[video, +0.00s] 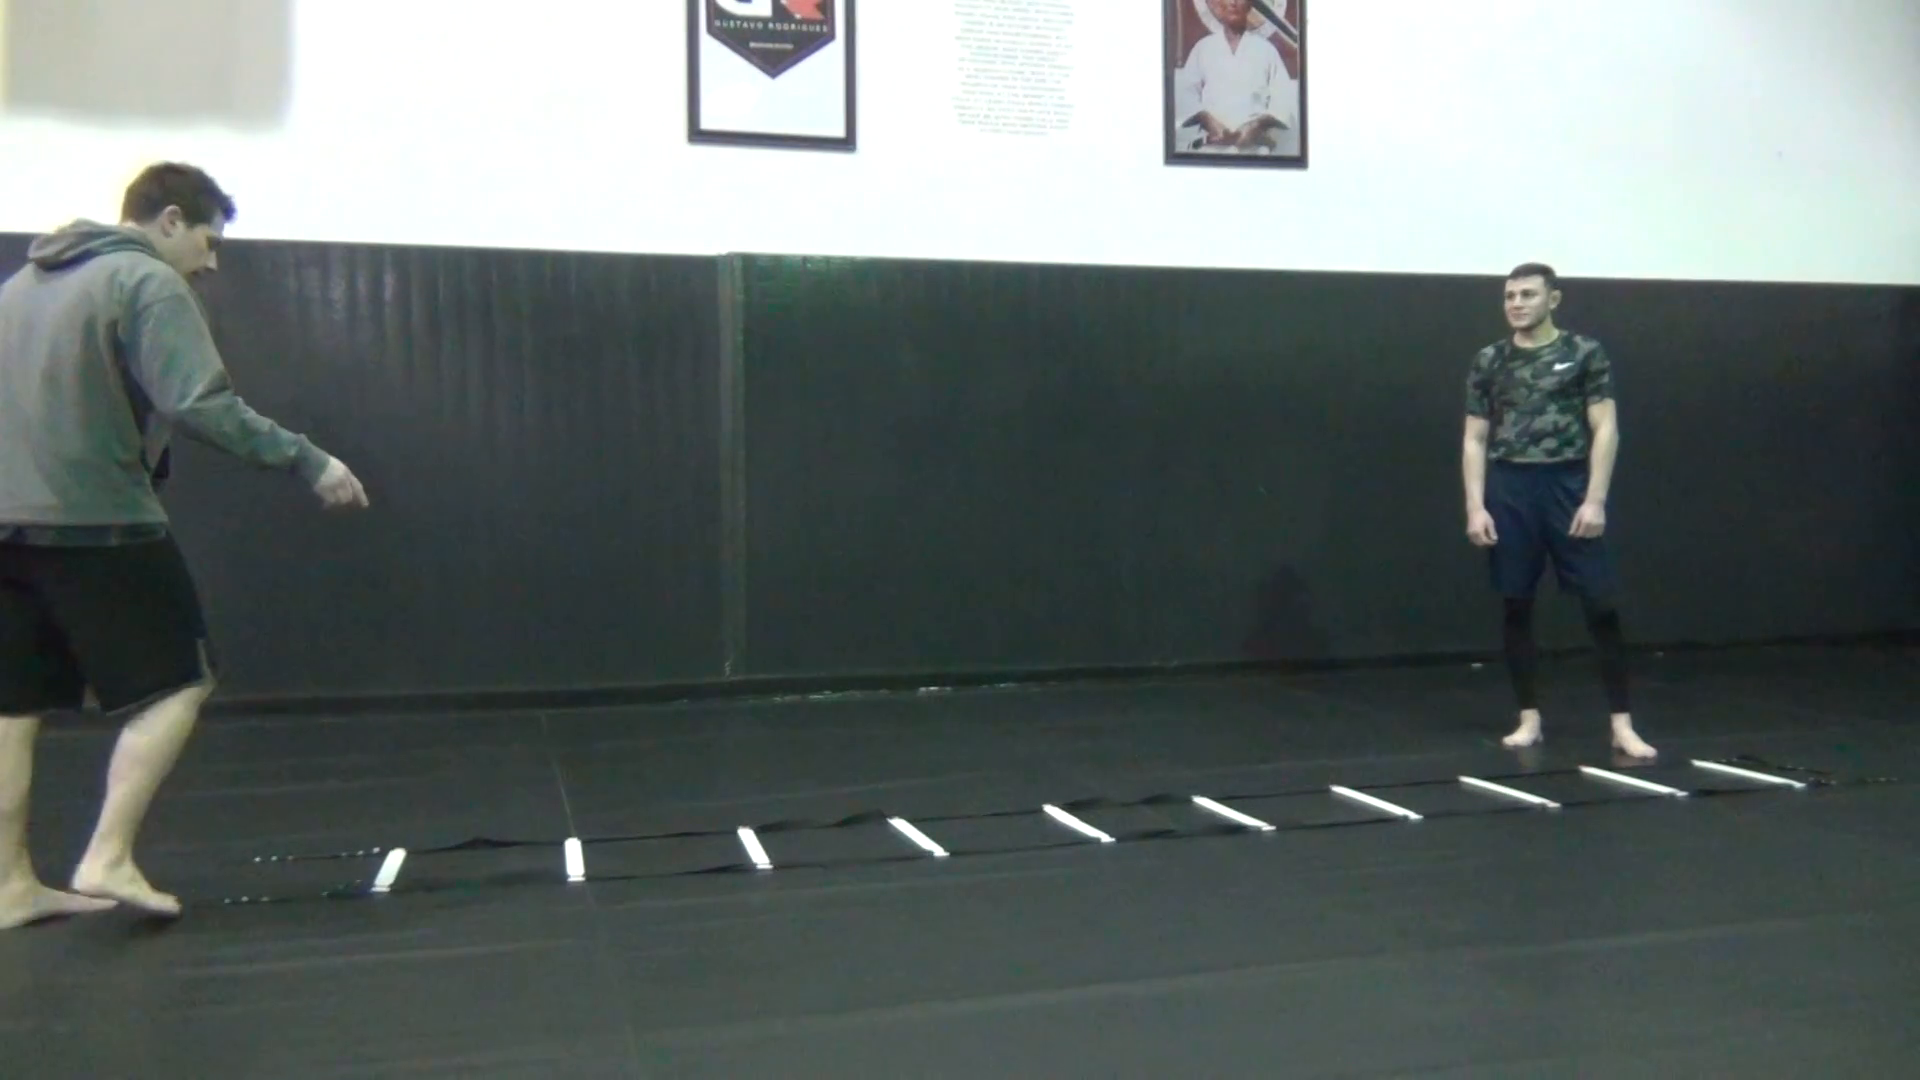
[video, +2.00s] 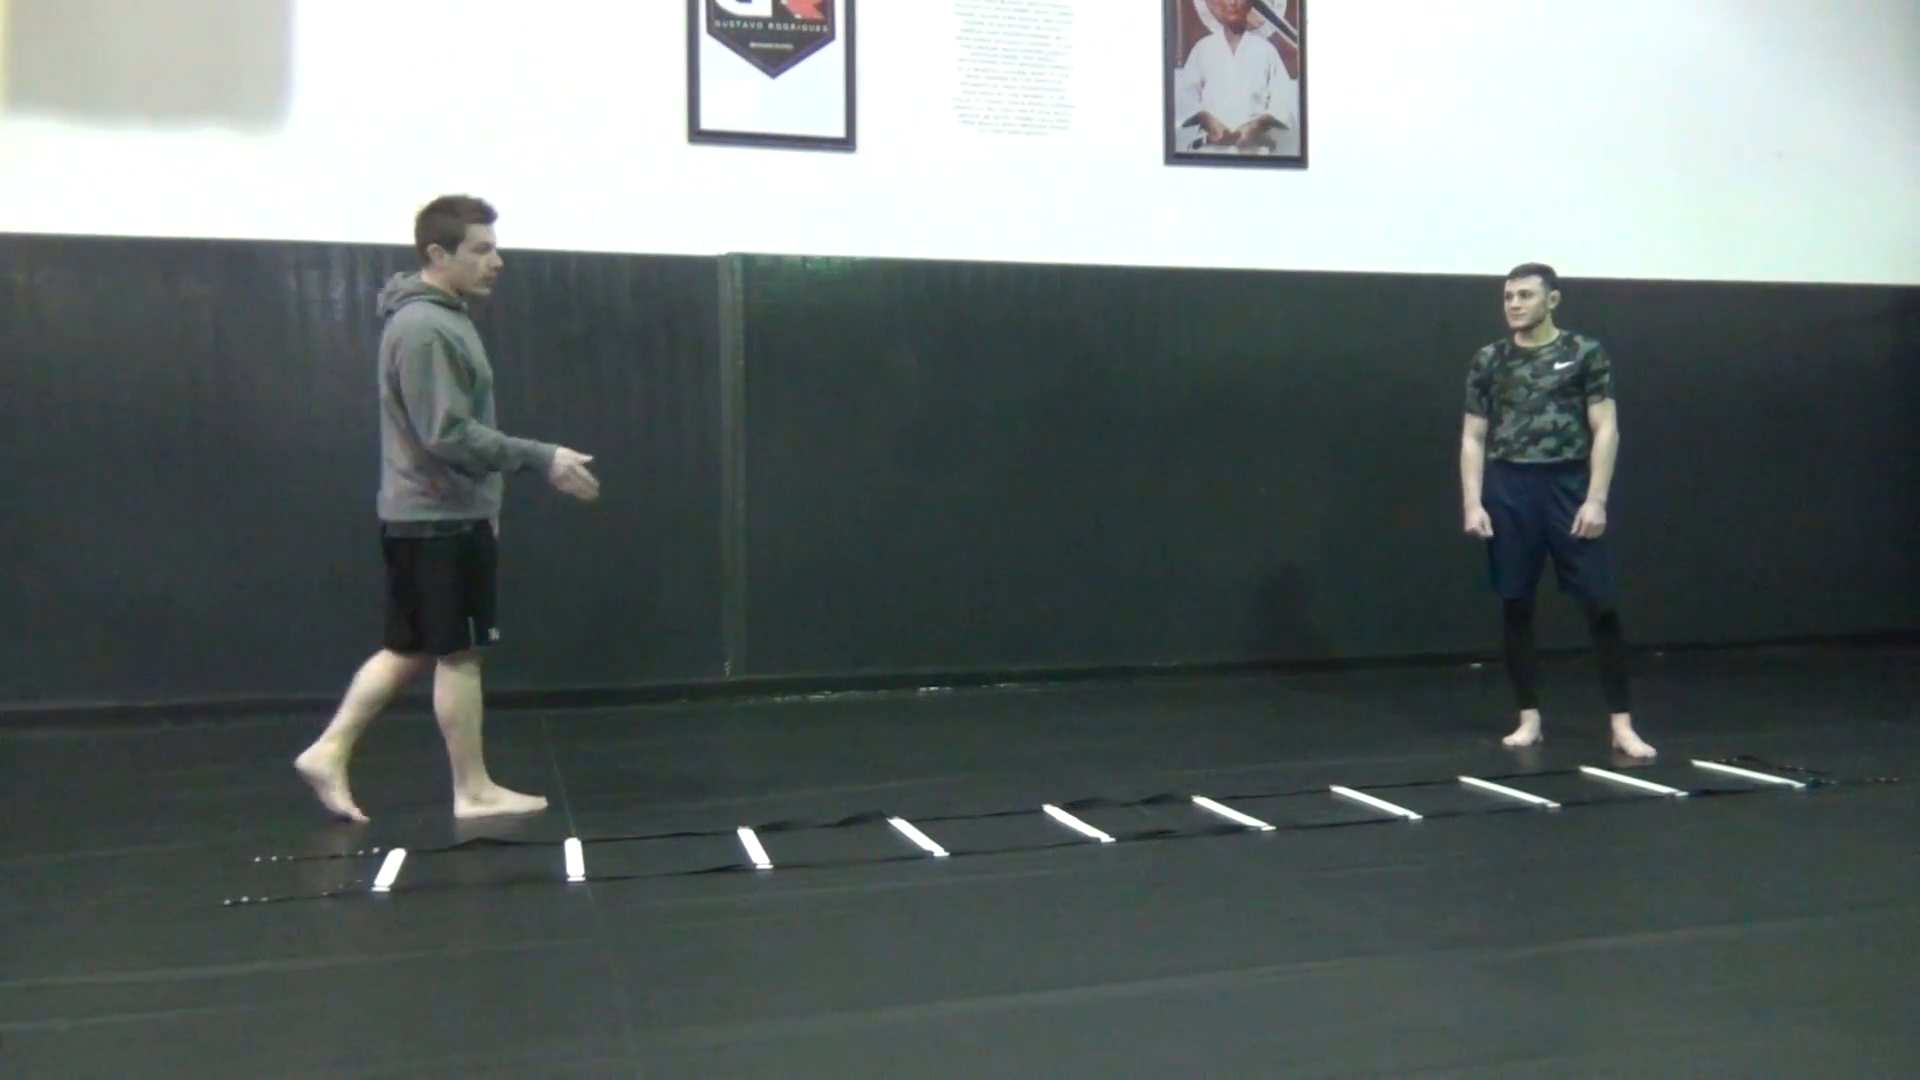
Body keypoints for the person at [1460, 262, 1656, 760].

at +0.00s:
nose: (1516, 304)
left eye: (1528, 295)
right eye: (1510, 297)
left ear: (1553, 299)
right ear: (1504, 303)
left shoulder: (1586, 353)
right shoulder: (1489, 361)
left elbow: (1605, 428)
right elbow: (1474, 438)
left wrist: (1595, 499)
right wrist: (1475, 506)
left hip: (1571, 491)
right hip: (1509, 492)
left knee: (1601, 604)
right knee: (1515, 605)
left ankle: (1621, 724)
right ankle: (1528, 718)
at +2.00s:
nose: (1514, 304)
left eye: (1525, 296)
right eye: (1509, 297)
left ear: (1552, 300)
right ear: (1504, 304)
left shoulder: (1586, 353)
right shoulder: (1489, 360)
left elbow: (1605, 429)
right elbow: (1473, 437)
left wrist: (1596, 499)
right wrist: (1472, 502)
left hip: (1570, 490)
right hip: (1508, 491)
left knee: (1602, 604)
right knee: (1515, 605)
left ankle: (1621, 724)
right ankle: (1528, 718)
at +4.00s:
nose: (1510, 305)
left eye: (1521, 296)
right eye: (1505, 297)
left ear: (1550, 301)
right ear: (1502, 304)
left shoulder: (1587, 354)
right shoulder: (1489, 360)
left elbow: (1604, 429)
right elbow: (1472, 436)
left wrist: (1601, 500)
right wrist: (1470, 504)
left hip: (1570, 489)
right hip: (1508, 491)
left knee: (1600, 603)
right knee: (1514, 605)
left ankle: (1621, 723)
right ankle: (1528, 717)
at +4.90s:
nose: (1518, 308)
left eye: (1529, 300)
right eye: (1512, 300)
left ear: (1555, 302)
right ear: (1507, 304)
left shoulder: (1589, 353)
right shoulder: (1491, 360)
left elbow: (1606, 429)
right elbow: (1476, 437)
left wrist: (1605, 499)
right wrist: (1476, 505)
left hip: (1572, 490)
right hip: (1510, 491)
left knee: (1602, 603)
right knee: (1516, 604)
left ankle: (1621, 724)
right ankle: (1528, 718)